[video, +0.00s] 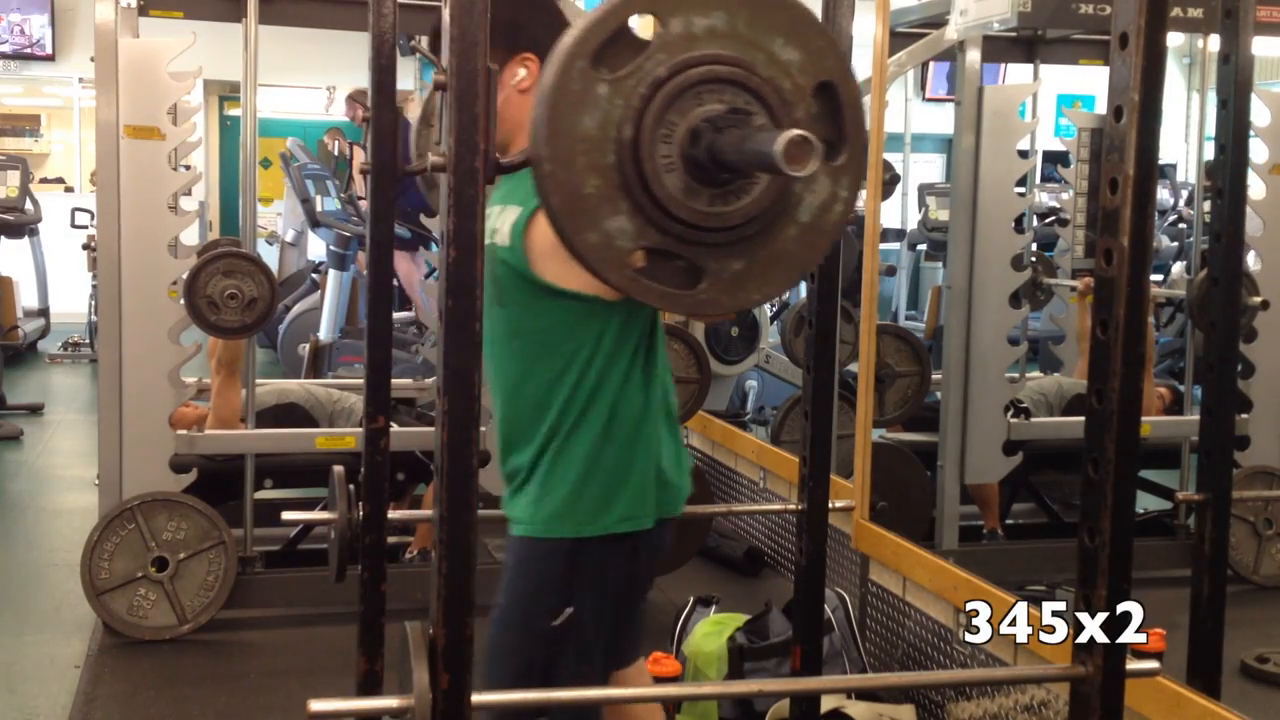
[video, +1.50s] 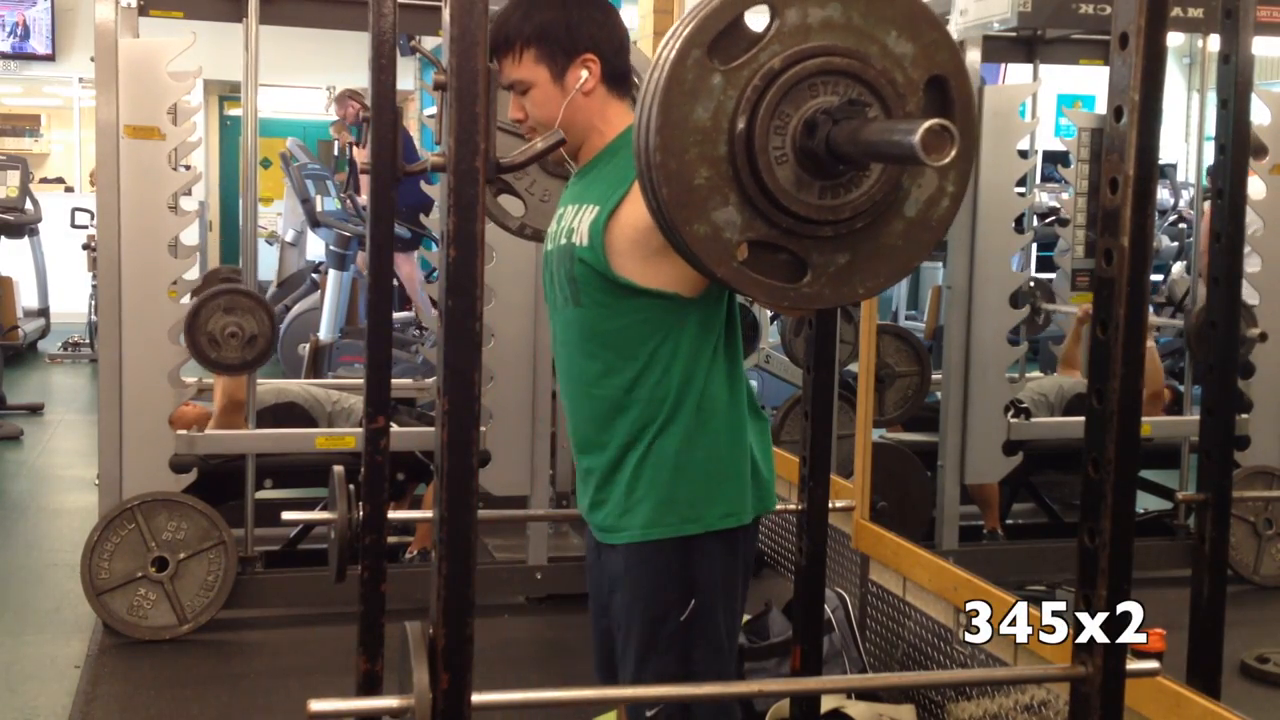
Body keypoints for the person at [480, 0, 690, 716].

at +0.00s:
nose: (472, 103)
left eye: (480, 81)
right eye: (473, 85)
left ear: (527, 74)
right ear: (527, 78)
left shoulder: (538, 201)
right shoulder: (530, 203)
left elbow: (667, 269)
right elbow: (662, 266)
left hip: (584, 505)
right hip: (601, 500)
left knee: (513, 704)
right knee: (619, 671)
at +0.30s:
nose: (491, 98)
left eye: (498, 74)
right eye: (488, 78)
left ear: (554, 69)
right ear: (551, 73)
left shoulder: (612, 188)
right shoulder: (557, 180)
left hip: (638, 497)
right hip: (594, 490)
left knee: (614, 705)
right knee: (619, 697)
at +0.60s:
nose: (507, 111)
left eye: (514, 87)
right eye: (502, 91)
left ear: (576, 70)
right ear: (574, 75)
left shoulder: (646, 193)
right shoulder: (582, 179)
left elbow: (770, 246)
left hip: (677, 513)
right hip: (618, 506)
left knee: (687, 708)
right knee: (631, 701)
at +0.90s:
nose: (521, 113)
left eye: (528, 88)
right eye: (516, 93)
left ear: (590, 71)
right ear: (588, 76)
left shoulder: (664, 193)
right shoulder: (599, 180)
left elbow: (788, 228)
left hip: (687, 511)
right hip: (632, 504)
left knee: (688, 709)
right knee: (637, 704)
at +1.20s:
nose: (525, 109)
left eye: (532, 84)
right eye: (519, 88)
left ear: (595, 68)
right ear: (591, 74)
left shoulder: (668, 189)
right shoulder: (597, 176)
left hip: (687, 506)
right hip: (619, 496)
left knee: (687, 704)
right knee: (613, 674)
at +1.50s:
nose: (515, 114)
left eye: (522, 90)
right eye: (510, 95)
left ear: (584, 73)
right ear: (581, 78)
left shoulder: (655, 193)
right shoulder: (590, 179)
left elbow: (780, 251)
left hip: (679, 514)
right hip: (622, 508)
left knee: (682, 710)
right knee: (629, 706)